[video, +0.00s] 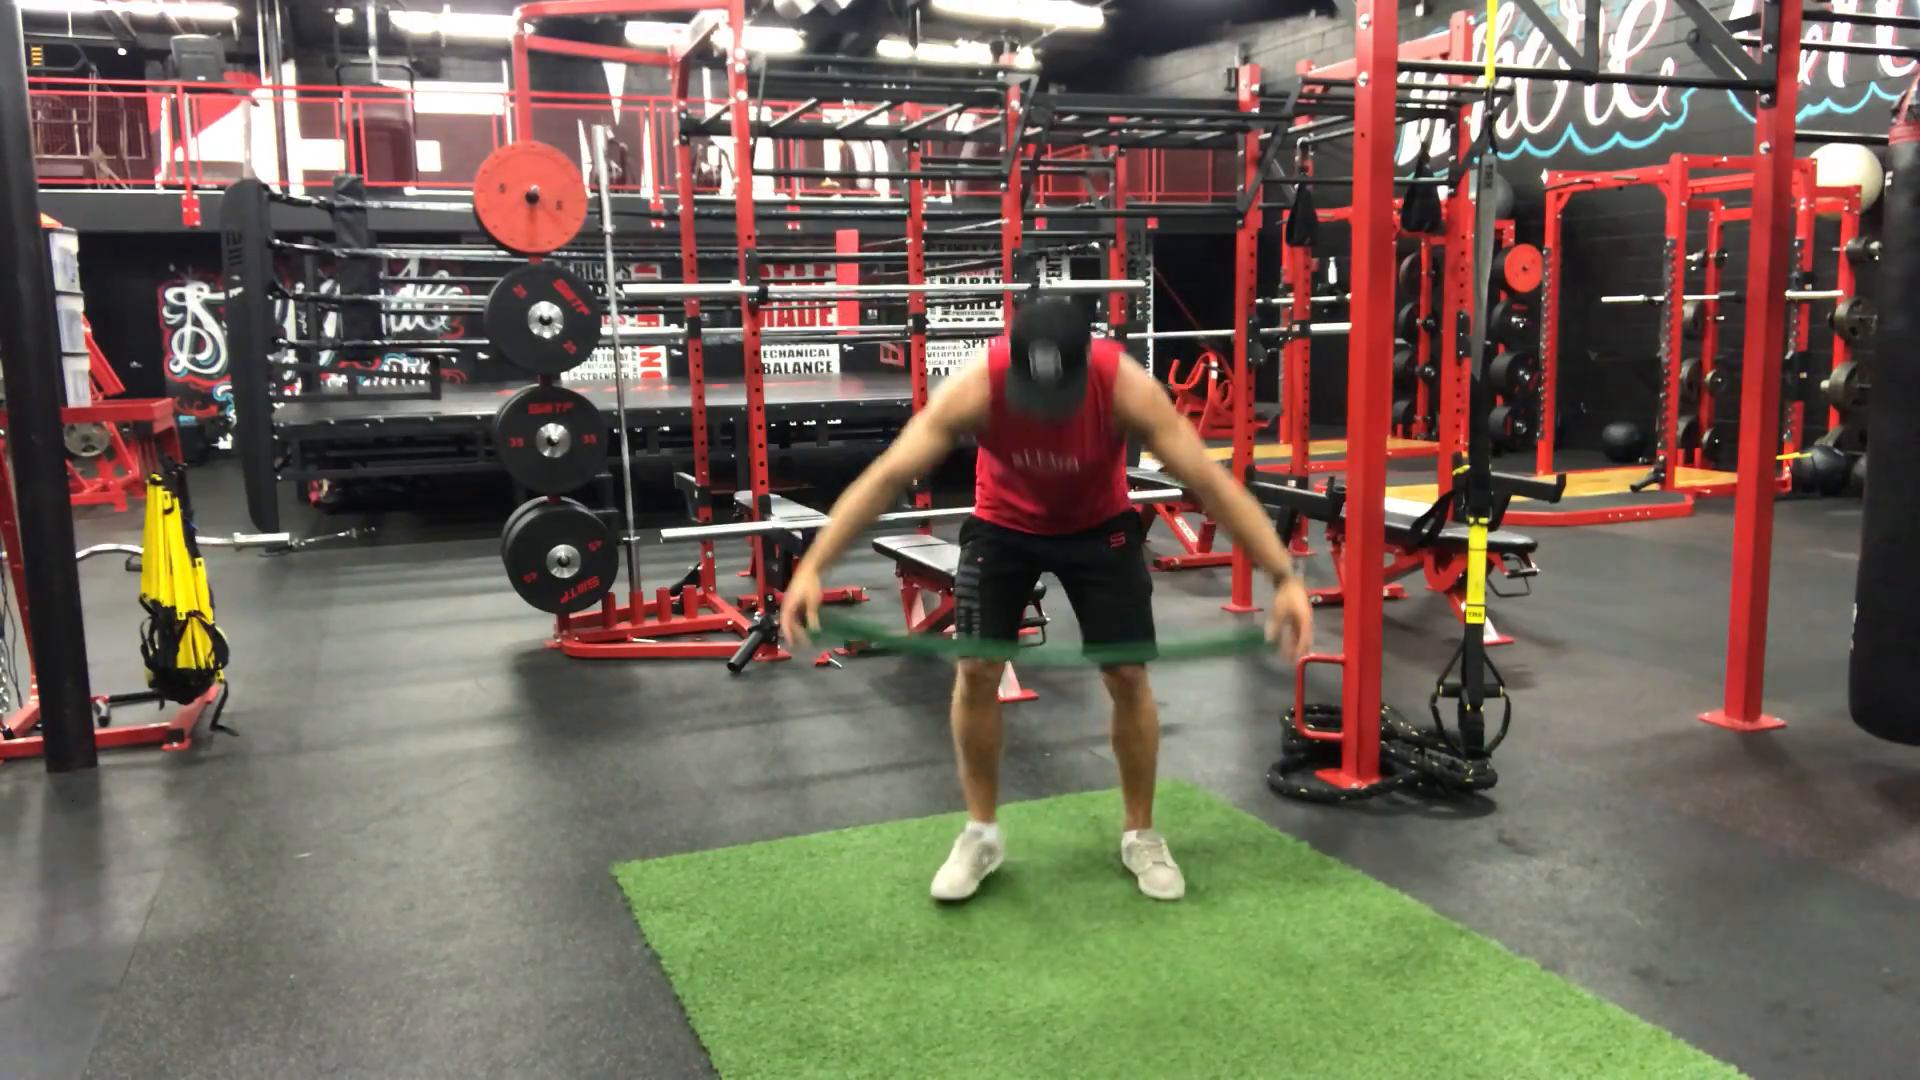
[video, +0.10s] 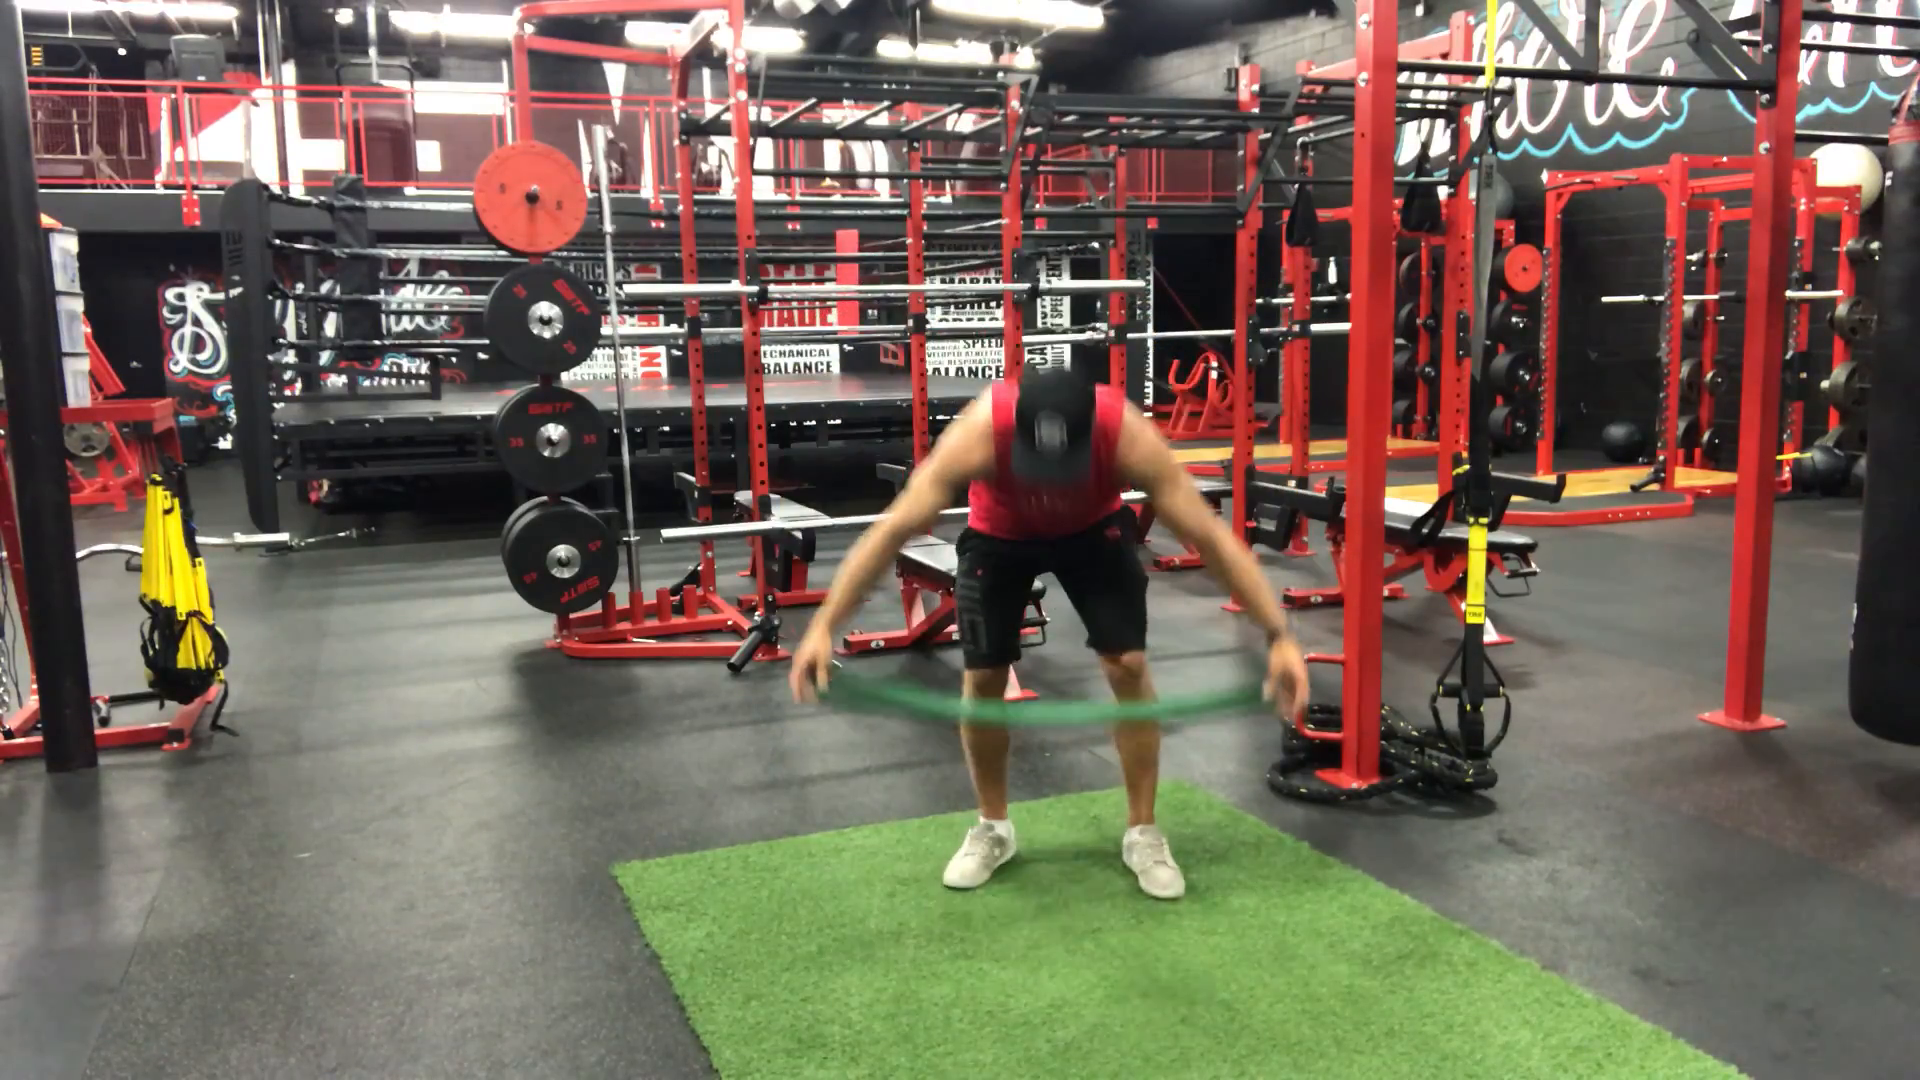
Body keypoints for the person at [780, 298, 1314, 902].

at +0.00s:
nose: (1046, 400)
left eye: (1059, 388)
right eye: (1033, 387)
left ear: (1085, 361)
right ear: (1010, 358)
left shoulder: (1125, 383)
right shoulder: (978, 384)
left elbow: (1209, 478)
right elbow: (887, 474)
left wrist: (1285, 575)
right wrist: (811, 567)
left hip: (1100, 527)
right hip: (1004, 524)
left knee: (1127, 675)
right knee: (976, 671)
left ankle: (1141, 832)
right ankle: (981, 831)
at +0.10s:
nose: (1048, 477)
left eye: (1063, 469)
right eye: (1034, 468)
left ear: (1092, 431)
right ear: (1012, 425)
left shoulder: (1132, 438)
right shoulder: (977, 433)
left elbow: (1214, 539)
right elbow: (892, 529)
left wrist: (1280, 633)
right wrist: (823, 626)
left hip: (1093, 530)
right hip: (997, 533)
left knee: (1128, 664)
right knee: (983, 677)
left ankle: (1143, 831)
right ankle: (993, 826)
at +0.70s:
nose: (1061, 727)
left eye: (1072, 717)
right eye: (1052, 717)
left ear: (1100, 674)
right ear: (1028, 673)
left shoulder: (1143, 658)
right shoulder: (976, 658)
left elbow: (1211, 755)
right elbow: (905, 750)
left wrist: (1274, 857)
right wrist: (844, 852)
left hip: (1097, 548)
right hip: (1001, 553)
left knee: (1166, 694)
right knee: (957, 702)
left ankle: (1129, 823)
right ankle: (992, 832)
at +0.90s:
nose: (1061, 667)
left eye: (1069, 650)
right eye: (1048, 655)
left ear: (1087, 610)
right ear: (1013, 623)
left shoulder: (1128, 595)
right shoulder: (963, 610)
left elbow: (1205, 685)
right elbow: (899, 700)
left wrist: (1269, 782)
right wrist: (849, 801)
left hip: (1090, 522)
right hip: (995, 526)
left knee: (1146, 680)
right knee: (962, 689)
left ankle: (1128, 824)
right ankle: (994, 831)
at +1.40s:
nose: (1012, 388)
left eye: (1022, 372)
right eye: (995, 379)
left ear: (1037, 338)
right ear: (963, 351)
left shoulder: (1078, 357)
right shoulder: (924, 394)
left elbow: (1116, 420)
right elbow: (900, 492)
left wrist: (1137, 494)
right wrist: (887, 593)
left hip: (1081, 512)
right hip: (986, 531)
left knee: (1145, 637)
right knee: (978, 684)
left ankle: (1182, 821)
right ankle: (995, 828)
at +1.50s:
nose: (1013, 358)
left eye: (1023, 341)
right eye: (997, 347)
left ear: (1039, 314)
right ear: (968, 324)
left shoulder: (1085, 344)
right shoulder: (929, 377)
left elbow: (1121, 410)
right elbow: (901, 477)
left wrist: (1144, 490)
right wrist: (883, 579)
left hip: (1088, 513)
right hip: (994, 531)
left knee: (1153, 641)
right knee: (983, 683)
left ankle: (1192, 827)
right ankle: (995, 829)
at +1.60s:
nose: (1027, 340)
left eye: (1037, 323)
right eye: (1011, 327)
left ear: (1055, 295)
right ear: (982, 305)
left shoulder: (1096, 331)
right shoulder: (942, 362)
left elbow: (1136, 404)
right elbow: (907, 463)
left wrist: (1164, 491)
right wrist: (882, 568)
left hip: (1100, 518)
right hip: (1004, 534)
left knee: (1161, 655)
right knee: (988, 683)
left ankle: (1192, 836)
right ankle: (996, 830)